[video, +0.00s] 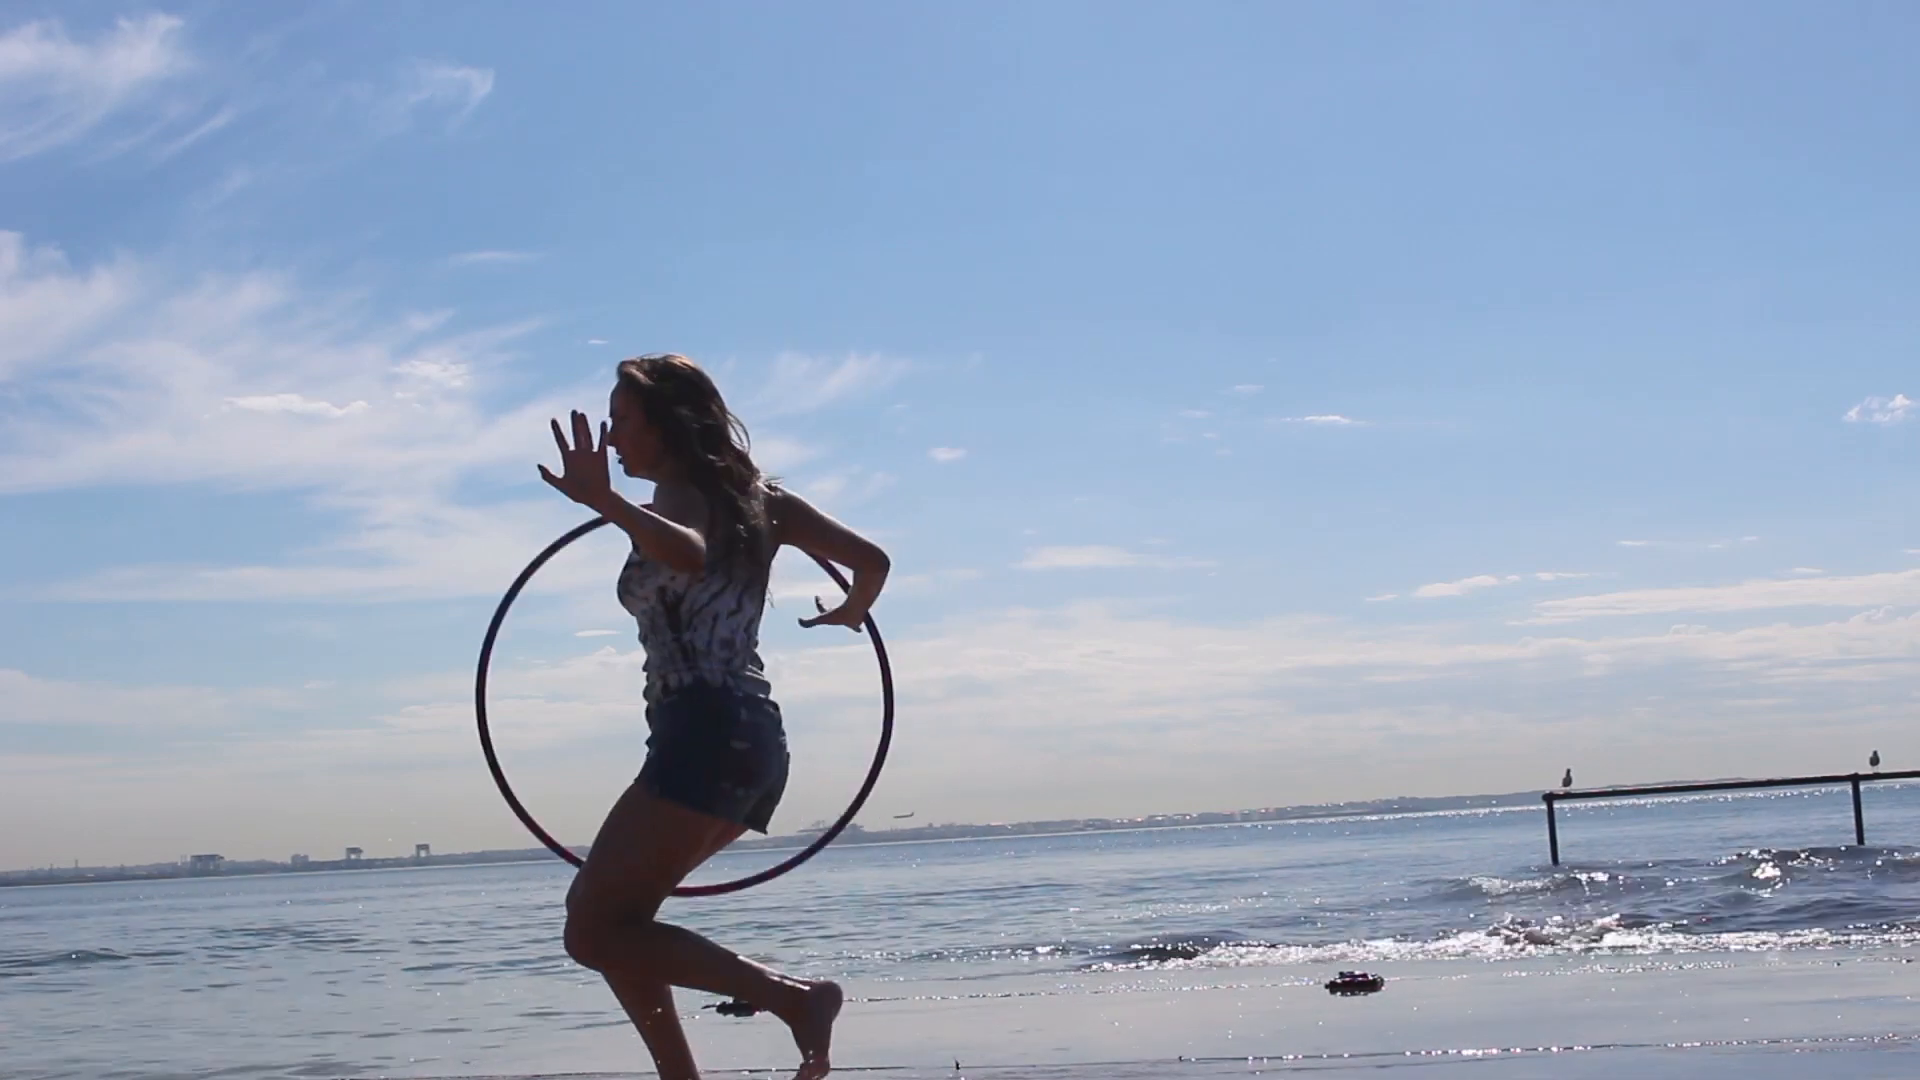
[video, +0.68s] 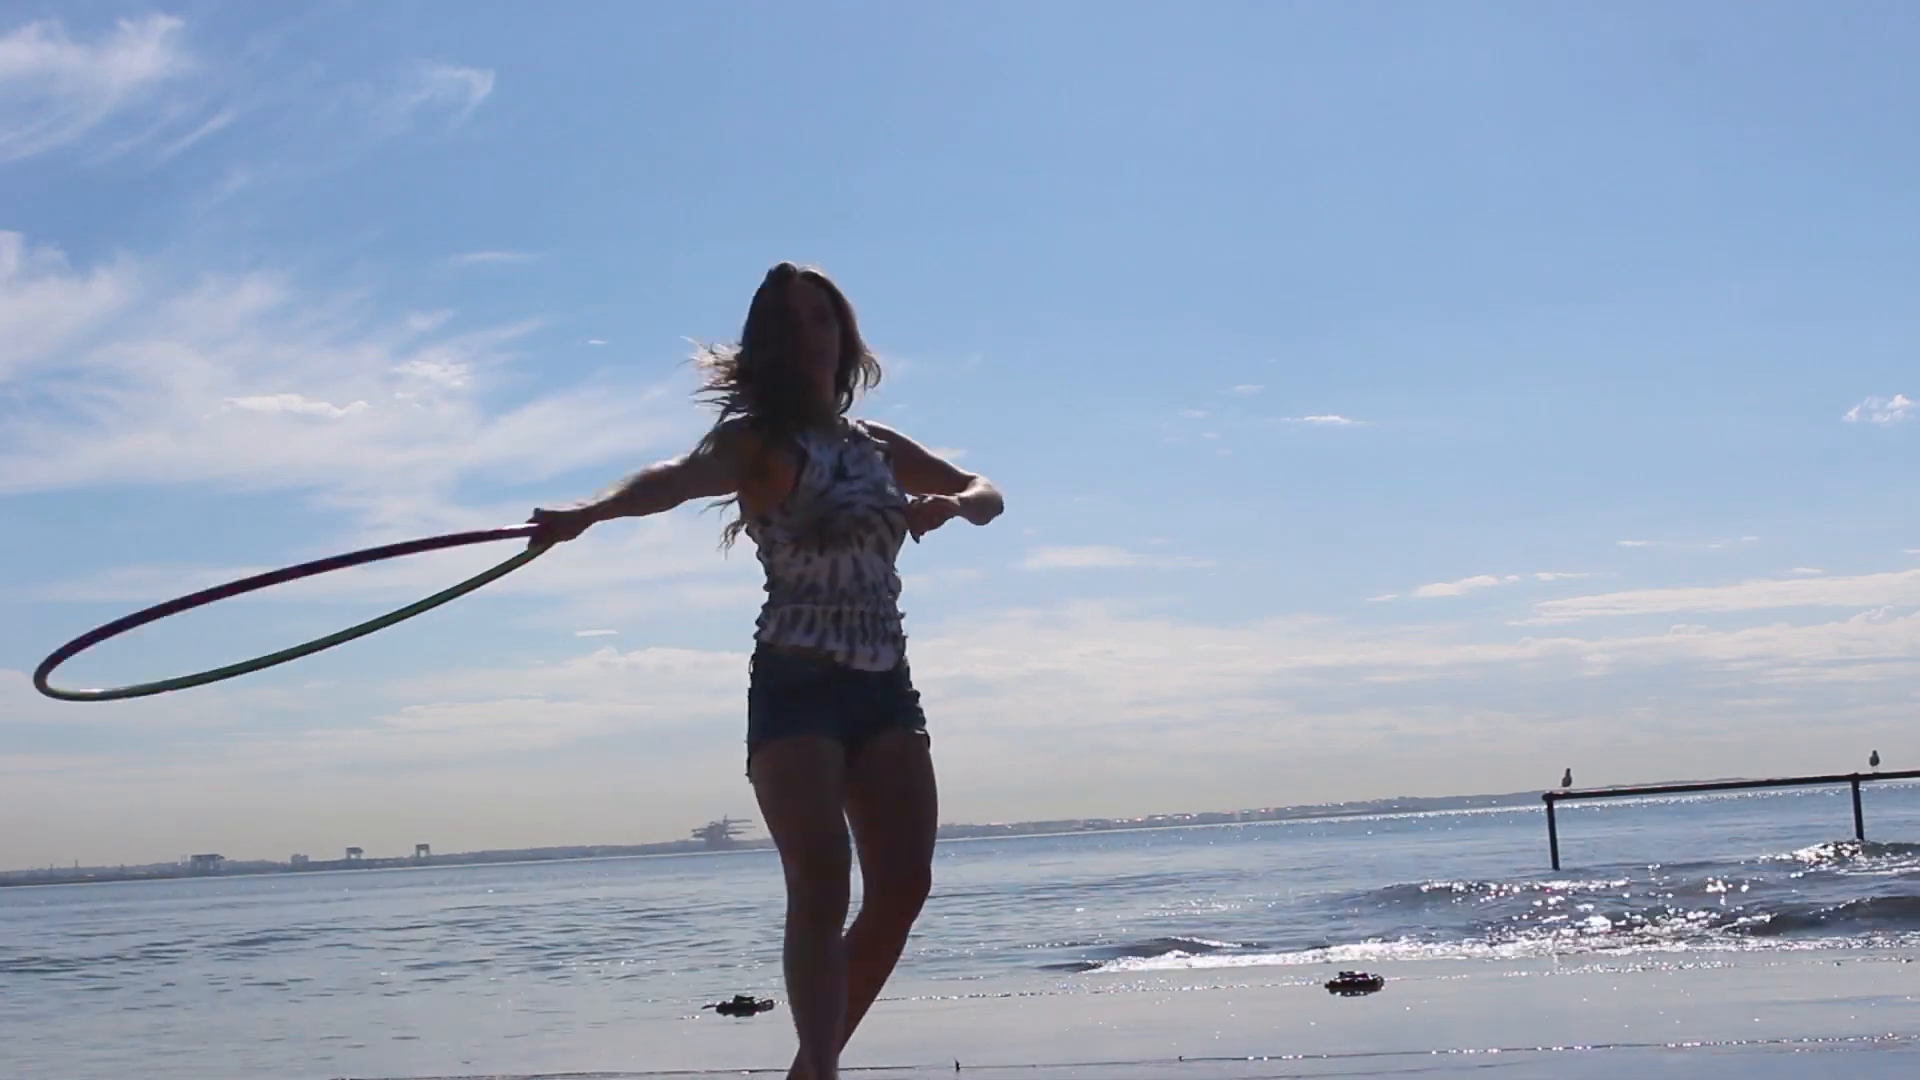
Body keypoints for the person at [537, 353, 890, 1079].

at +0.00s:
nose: (611, 437)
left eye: (621, 424)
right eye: (611, 423)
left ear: (666, 426)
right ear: (681, 428)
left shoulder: (678, 499)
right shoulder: (759, 499)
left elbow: (691, 554)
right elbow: (871, 559)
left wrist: (600, 499)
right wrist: (854, 610)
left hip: (706, 741)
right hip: (750, 745)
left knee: (591, 932)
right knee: (609, 921)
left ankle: (800, 1002)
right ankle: (681, 1073)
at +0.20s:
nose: (601, 416)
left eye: (614, 400)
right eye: (602, 402)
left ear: (660, 404)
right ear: (636, 413)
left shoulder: (695, 465)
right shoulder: (677, 490)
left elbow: (761, 496)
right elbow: (786, 599)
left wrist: (666, 417)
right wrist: (706, 660)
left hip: (758, 728)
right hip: (714, 730)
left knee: (673, 926)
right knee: (611, 898)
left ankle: (836, 1059)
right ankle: (682, 1073)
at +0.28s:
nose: (610, 394)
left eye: (620, 378)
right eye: (612, 379)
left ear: (674, 389)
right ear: (665, 394)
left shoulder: (730, 453)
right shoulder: (672, 470)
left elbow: (840, 505)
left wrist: (741, 449)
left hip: (779, 713)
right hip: (706, 722)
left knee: (755, 898)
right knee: (609, 893)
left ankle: (840, 1065)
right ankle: (682, 1073)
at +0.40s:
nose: (694, 328)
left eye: (705, 316)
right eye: (685, 321)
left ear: (741, 338)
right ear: (672, 355)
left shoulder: (793, 428)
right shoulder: (670, 467)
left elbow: (918, 500)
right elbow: (679, 559)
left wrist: (844, 502)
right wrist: (665, 625)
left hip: (808, 688)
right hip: (711, 691)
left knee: (869, 887)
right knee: (605, 883)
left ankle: (799, 1072)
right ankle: (679, 1071)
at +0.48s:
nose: (782, 329)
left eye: (787, 321)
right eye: (761, 316)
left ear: (795, 346)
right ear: (721, 342)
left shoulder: (834, 437)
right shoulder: (696, 458)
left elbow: (942, 516)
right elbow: (626, 555)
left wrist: (899, 513)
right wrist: (578, 603)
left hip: (839, 690)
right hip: (737, 688)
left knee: (884, 890)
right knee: (645, 883)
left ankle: (805, 1072)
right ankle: (611, 1042)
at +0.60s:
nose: (813, 333)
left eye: (818, 320)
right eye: (794, 322)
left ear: (832, 337)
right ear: (759, 344)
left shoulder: (865, 444)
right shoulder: (731, 452)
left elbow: (963, 519)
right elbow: (606, 518)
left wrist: (946, 517)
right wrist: (476, 565)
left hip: (874, 689)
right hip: (785, 685)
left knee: (900, 891)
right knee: (725, 894)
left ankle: (806, 1074)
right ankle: (642, 1073)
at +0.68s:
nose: (814, 335)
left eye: (824, 318)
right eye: (795, 323)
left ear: (846, 333)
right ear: (767, 341)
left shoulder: (873, 442)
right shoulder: (755, 440)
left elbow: (987, 493)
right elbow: (672, 481)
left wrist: (954, 505)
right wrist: (589, 511)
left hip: (883, 682)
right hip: (796, 683)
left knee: (906, 884)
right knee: (819, 888)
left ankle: (814, 1062)